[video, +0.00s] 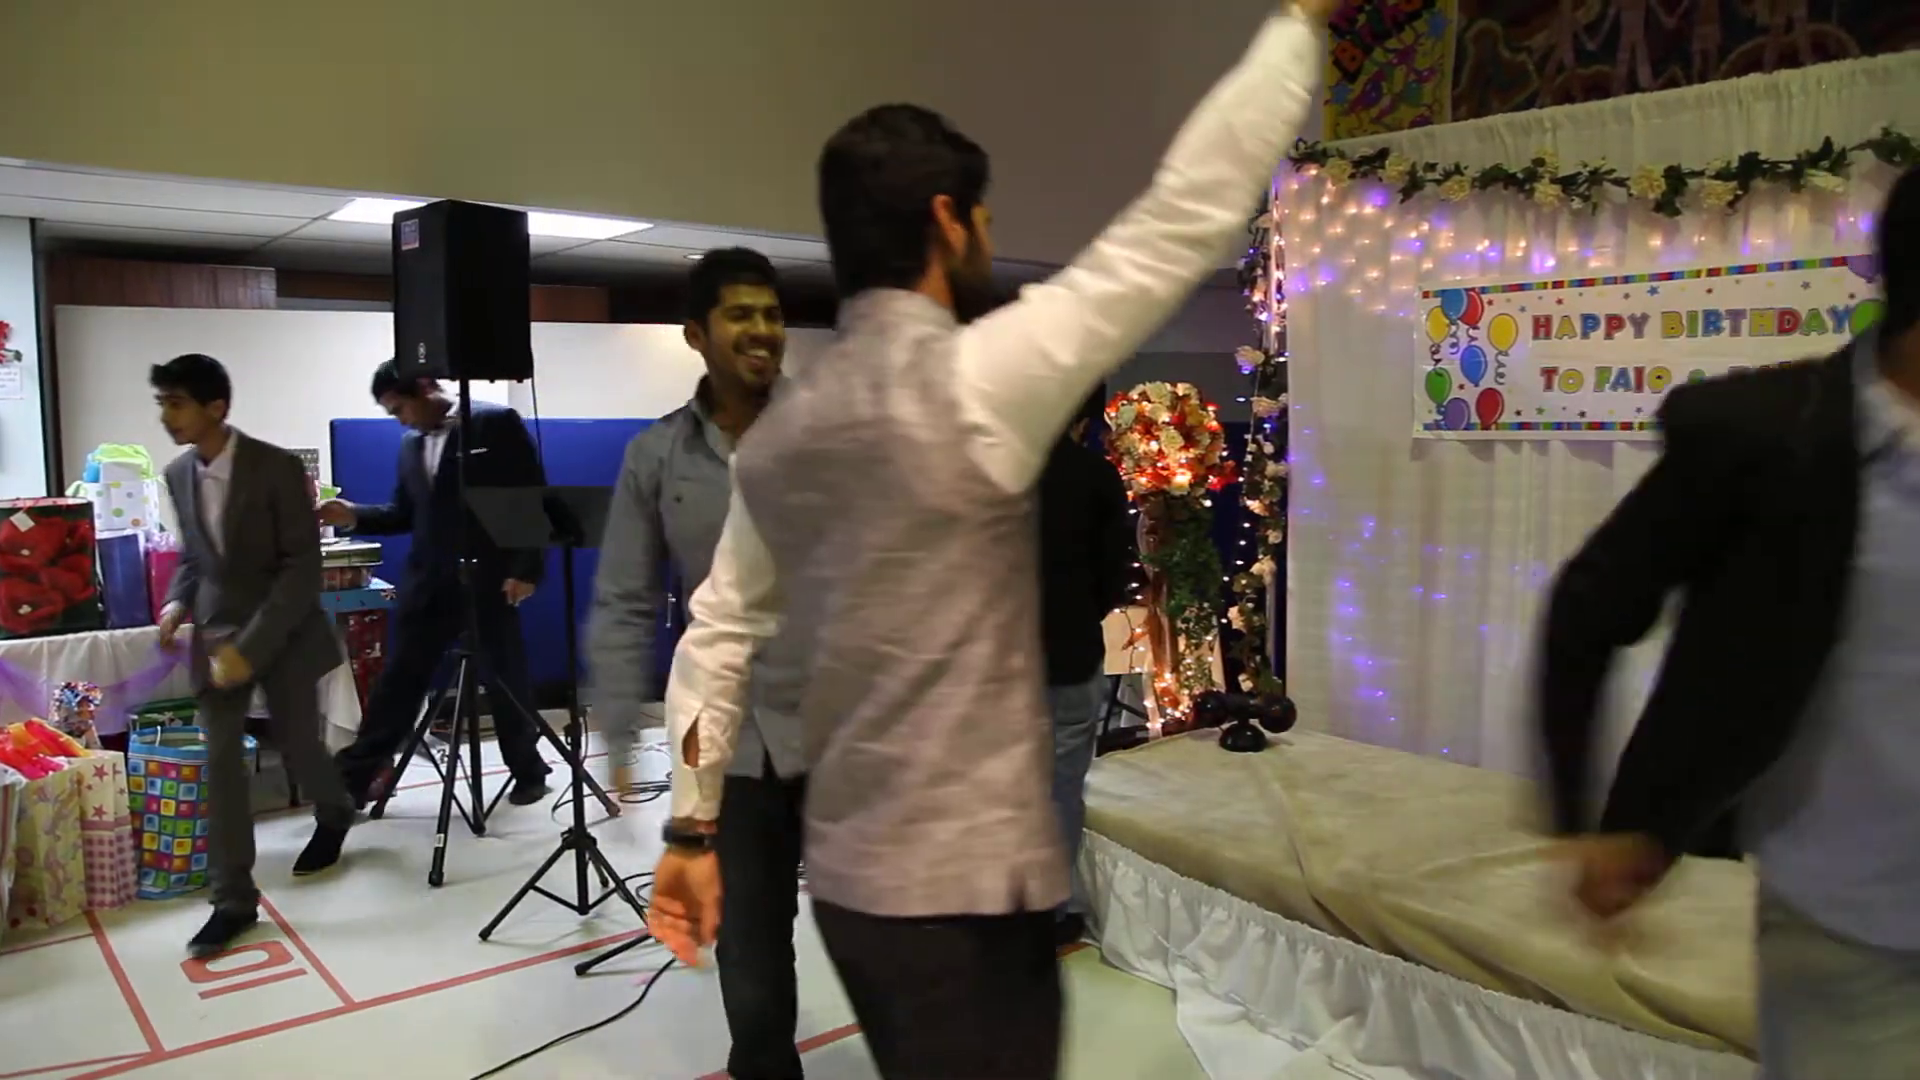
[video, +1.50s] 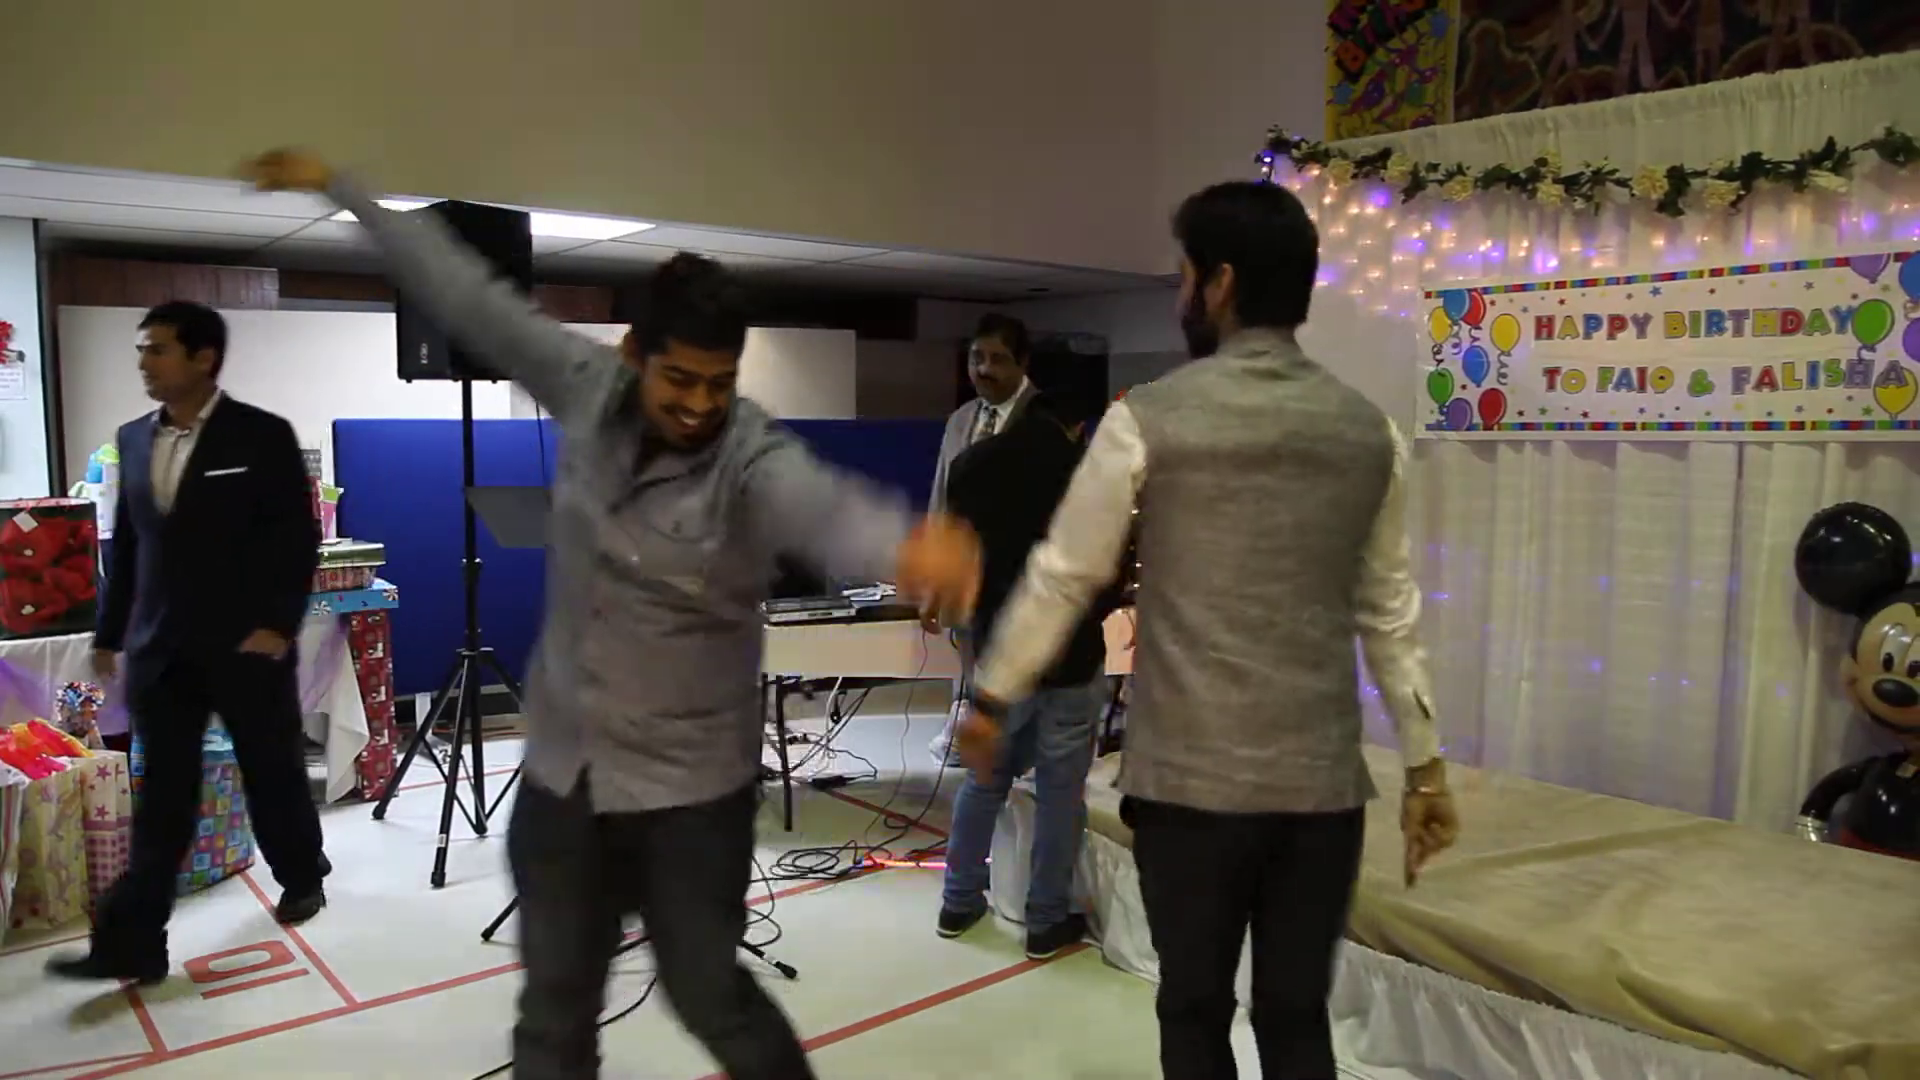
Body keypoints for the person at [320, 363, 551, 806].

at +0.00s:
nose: (399, 421)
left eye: (400, 410)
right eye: (393, 414)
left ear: (426, 390)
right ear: (408, 405)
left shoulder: (496, 424)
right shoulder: (413, 446)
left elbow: (531, 499)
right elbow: (406, 515)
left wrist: (526, 568)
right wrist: (356, 517)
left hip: (489, 577)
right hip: (429, 581)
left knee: (505, 675)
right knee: (399, 681)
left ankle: (529, 771)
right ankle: (351, 786)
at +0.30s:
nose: (313, 419)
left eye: (313, 406)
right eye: (306, 411)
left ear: (341, 385)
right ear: (331, 394)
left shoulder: (415, 421)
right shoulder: (326, 446)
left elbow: (454, 503)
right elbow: (322, 515)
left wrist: (457, 572)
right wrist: (289, 559)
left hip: (413, 581)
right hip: (353, 589)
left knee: (443, 682)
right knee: (347, 702)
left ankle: (503, 756)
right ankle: (334, 802)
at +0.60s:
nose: (265, 394)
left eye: (270, 382)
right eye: (258, 385)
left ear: (306, 371)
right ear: (261, 385)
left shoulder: (364, 418)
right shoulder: (274, 432)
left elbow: (410, 493)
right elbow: (271, 508)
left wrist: (403, 571)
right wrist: (241, 559)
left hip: (359, 576)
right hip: (304, 578)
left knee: (338, 679)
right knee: (318, 685)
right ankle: (334, 790)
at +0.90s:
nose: (238, 386)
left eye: (248, 375)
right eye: (235, 376)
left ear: (288, 377)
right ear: (238, 382)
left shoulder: (348, 438)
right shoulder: (230, 446)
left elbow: (385, 521)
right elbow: (221, 525)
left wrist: (399, 597)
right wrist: (209, 576)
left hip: (332, 606)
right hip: (267, 610)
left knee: (321, 730)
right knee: (301, 721)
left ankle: (309, 863)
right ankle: (340, 798)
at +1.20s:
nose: (211, 357)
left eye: (223, 346)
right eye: (208, 347)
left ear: (265, 354)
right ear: (213, 357)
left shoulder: (322, 425)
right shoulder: (193, 433)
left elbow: (358, 522)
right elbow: (181, 530)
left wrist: (366, 603)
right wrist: (167, 614)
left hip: (303, 619)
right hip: (226, 622)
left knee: (311, 746)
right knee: (240, 739)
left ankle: (308, 877)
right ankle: (307, 819)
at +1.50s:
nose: (143, 362)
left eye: (156, 350)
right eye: (141, 351)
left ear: (204, 358)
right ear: (159, 361)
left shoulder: (265, 436)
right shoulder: (135, 440)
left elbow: (299, 539)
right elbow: (122, 546)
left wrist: (279, 622)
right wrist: (107, 636)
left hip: (246, 643)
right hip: (162, 647)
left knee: (272, 770)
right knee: (163, 796)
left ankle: (303, 878)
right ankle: (135, 944)